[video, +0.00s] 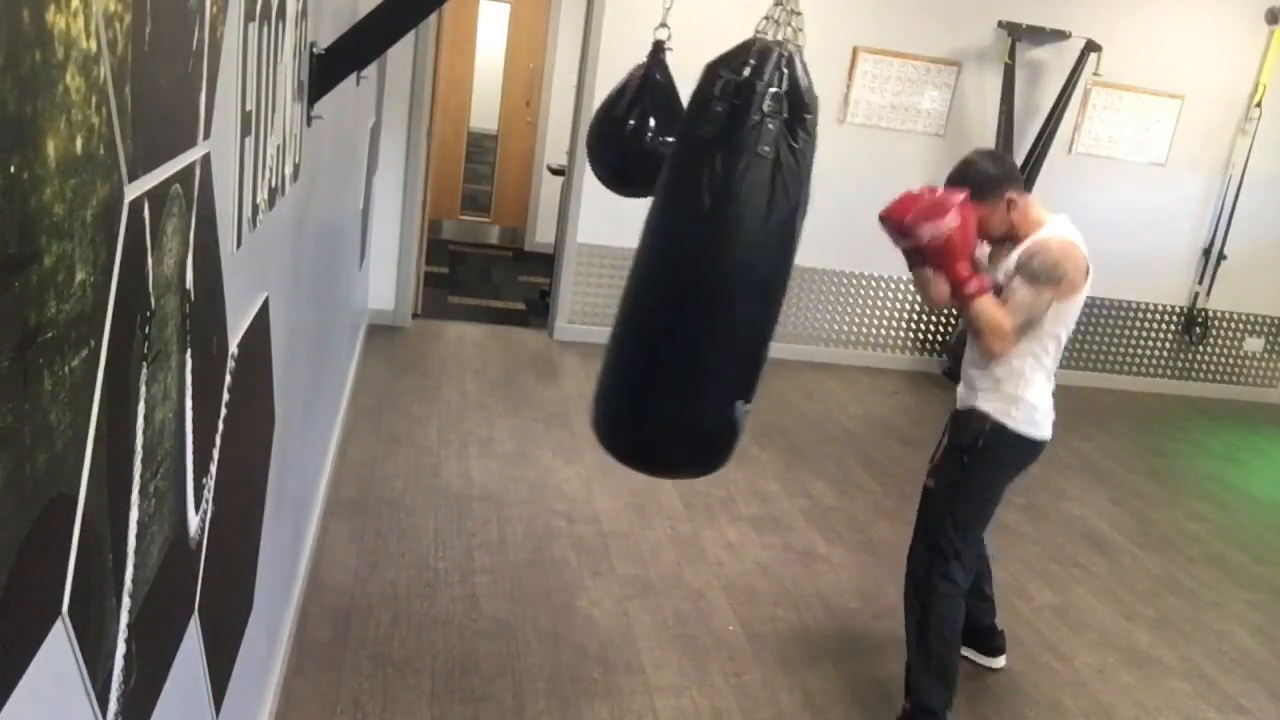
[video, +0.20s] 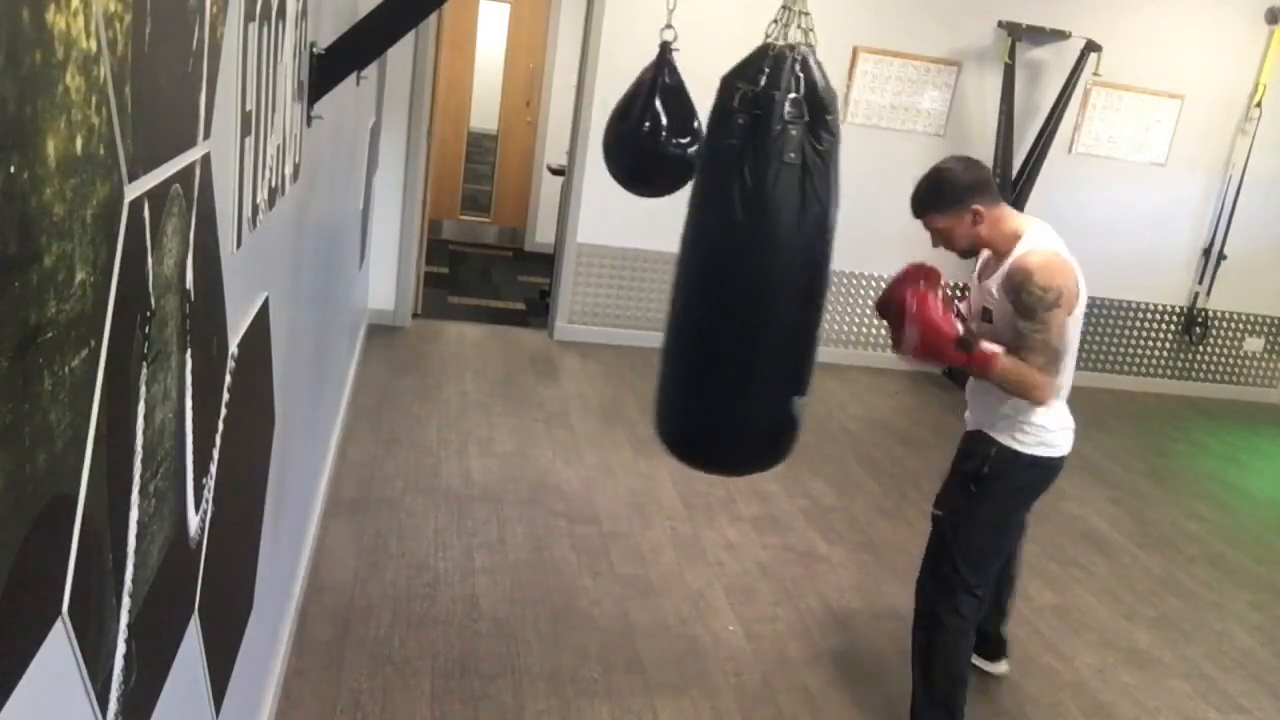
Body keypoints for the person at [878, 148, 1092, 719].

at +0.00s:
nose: (977, 230)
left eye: (979, 219)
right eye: (972, 220)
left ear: (1011, 202)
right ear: (1011, 202)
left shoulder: (1057, 251)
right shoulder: (1022, 243)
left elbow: (999, 336)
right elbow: (945, 300)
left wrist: (961, 266)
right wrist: (918, 246)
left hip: (1001, 422)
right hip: (992, 412)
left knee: (936, 557)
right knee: (958, 529)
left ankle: (926, 708)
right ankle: (982, 635)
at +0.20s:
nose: (938, 243)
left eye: (940, 231)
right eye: (932, 233)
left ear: (976, 213)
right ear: (976, 211)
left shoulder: (1039, 269)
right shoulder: (1002, 250)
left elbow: (1043, 385)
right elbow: (988, 336)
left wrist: (955, 349)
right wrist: (937, 317)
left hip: (1013, 447)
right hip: (1000, 432)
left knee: (947, 588)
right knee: (996, 541)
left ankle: (937, 711)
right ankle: (988, 641)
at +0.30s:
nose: (933, 244)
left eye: (935, 233)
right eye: (928, 234)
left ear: (972, 217)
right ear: (972, 214)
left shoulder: (1048, 268)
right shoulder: (992, 251)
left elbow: (1081, 381)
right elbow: (983, 328)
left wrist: (981, 373)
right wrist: (935, 319)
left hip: (1029, 450)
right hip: (1005, 435)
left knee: (960, 592)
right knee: (1016, 558)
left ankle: (940, 710)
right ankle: (1032, 669)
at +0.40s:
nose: (938, 245)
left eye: (939, 232)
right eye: (933, 234)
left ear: (973, 216)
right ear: (976, 212)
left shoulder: (1050, 268)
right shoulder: (1003, 251)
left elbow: (1100, 381)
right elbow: (1000, 336)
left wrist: (998, 401)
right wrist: (952, 317)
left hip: (1030, 456)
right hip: (1021, 443)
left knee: (962, 601)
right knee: (1031, 580)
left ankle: (943, 712)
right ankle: (1088, 705)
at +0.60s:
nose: (958, 217)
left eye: (961, 205)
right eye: (954, 205)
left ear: (995, 194)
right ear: (1018, 185)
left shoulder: (1008, 257)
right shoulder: (1094, 233)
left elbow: (974, 372)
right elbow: (1057, 305)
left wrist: (890, 360)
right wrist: (986, 273)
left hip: (1013, 464)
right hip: (1082, 462)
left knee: (960, 608)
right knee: (1059, 589)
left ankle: (940, 711)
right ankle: (1087, 709)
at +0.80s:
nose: (988, 207)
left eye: (993, 192)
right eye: (987, 192)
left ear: (1027, 189)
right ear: (1042, 187)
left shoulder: (1043, 250)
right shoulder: (1115, 247)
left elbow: (1019, 372)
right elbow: (1075, 314)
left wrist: (937, 375)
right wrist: (1002, 271)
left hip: (1020, 468)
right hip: (1085, 468)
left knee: (952, 620)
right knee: (1068, 605)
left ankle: (939, 710)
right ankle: (1097, 712)